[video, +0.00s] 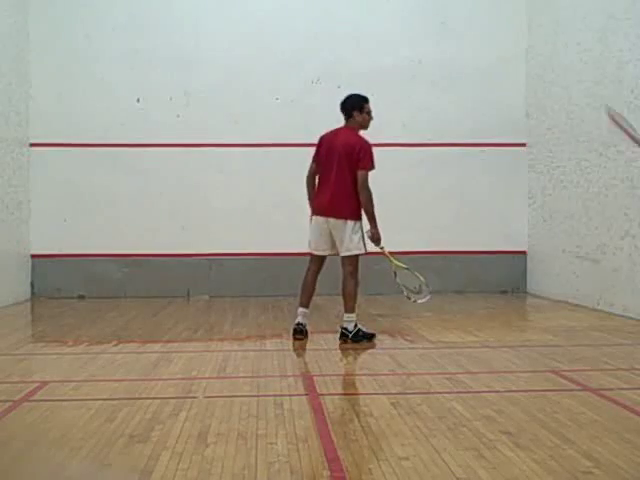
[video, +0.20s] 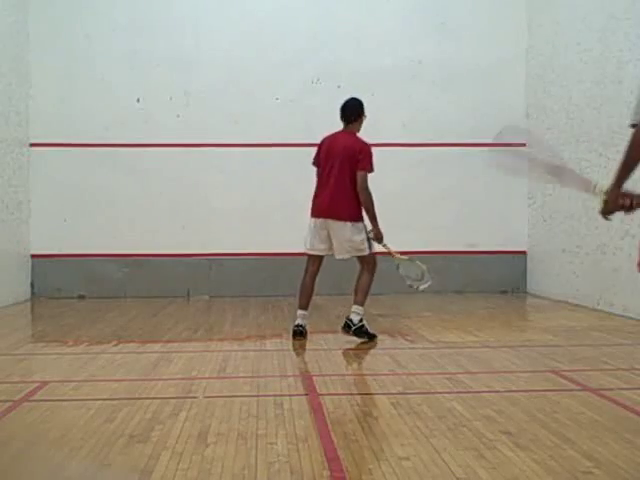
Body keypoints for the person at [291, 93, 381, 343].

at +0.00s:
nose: (371, 116)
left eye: (370, 112)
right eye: (367, 112)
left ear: (348, 114)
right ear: (355, 114)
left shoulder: (326, 139)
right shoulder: (361, 145)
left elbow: (311, 175)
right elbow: (362, 187)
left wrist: (313, 206)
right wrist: (373, 225)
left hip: (320, 210)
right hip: (346, 214)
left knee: (314, 265)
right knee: (350, 269)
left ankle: (300, 320)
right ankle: (349, 325)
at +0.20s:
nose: (364, 120)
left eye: (361, 116)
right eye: (364, 116)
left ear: (342, 117)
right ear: (361, 118)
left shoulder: (326, 142)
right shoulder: (361, 147)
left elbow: (319, 174)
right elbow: (362, 187)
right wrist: (375, 225)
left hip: (319, 212)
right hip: (346, 215)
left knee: (311, 267)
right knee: (368, 264)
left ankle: (300, 321)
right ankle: (355, 318)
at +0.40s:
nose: (377, 124)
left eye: (372, 121)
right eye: (377, 121)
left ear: (356, 120)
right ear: (376, 122)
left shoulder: (342, 143)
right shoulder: (372, 151)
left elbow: (329, 170)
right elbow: (374, 191)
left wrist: (347, 187)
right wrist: (394, 223)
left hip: (335, 217)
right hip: (358, 220)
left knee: (326, 268)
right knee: (373, 269)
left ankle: (305, 317)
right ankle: (354, 324)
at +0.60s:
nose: (406, 143)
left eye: (406, 139)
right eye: (406, 139)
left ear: (387, 136)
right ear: (403, 140)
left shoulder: (367, 150)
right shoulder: (392, 165)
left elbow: (338, 156)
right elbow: (395, 203)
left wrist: (326, 167)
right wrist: (425, 224)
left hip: (347, 218)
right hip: (366, 224)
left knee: (367, 268)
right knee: (381, 273)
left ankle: (360, 312)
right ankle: (355, 323)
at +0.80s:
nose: (429, 173)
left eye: (430, 169)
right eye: (430, 169)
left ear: (413, 162)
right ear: (426, 167)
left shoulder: (392, 169)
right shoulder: (411, 183)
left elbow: (361, 161)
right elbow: (417, 215)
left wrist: (332, 162)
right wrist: (455, 219)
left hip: (360, 228)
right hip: (373, 234)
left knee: (395, 268)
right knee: (388, 282)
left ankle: (408, 313)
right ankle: (357, 321)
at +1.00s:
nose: (442, 193)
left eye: (443, 189)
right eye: (443, 189)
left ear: (426, 183)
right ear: (440, 189)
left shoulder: (403, 189)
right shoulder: (429, 214)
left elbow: (367, 196)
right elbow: (437, 253)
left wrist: (344, 214)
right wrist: (454, 256)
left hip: (366, 237)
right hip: (383, 248)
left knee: (408, 259)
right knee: (398, 296)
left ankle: (410, 312)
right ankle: (361, 319)